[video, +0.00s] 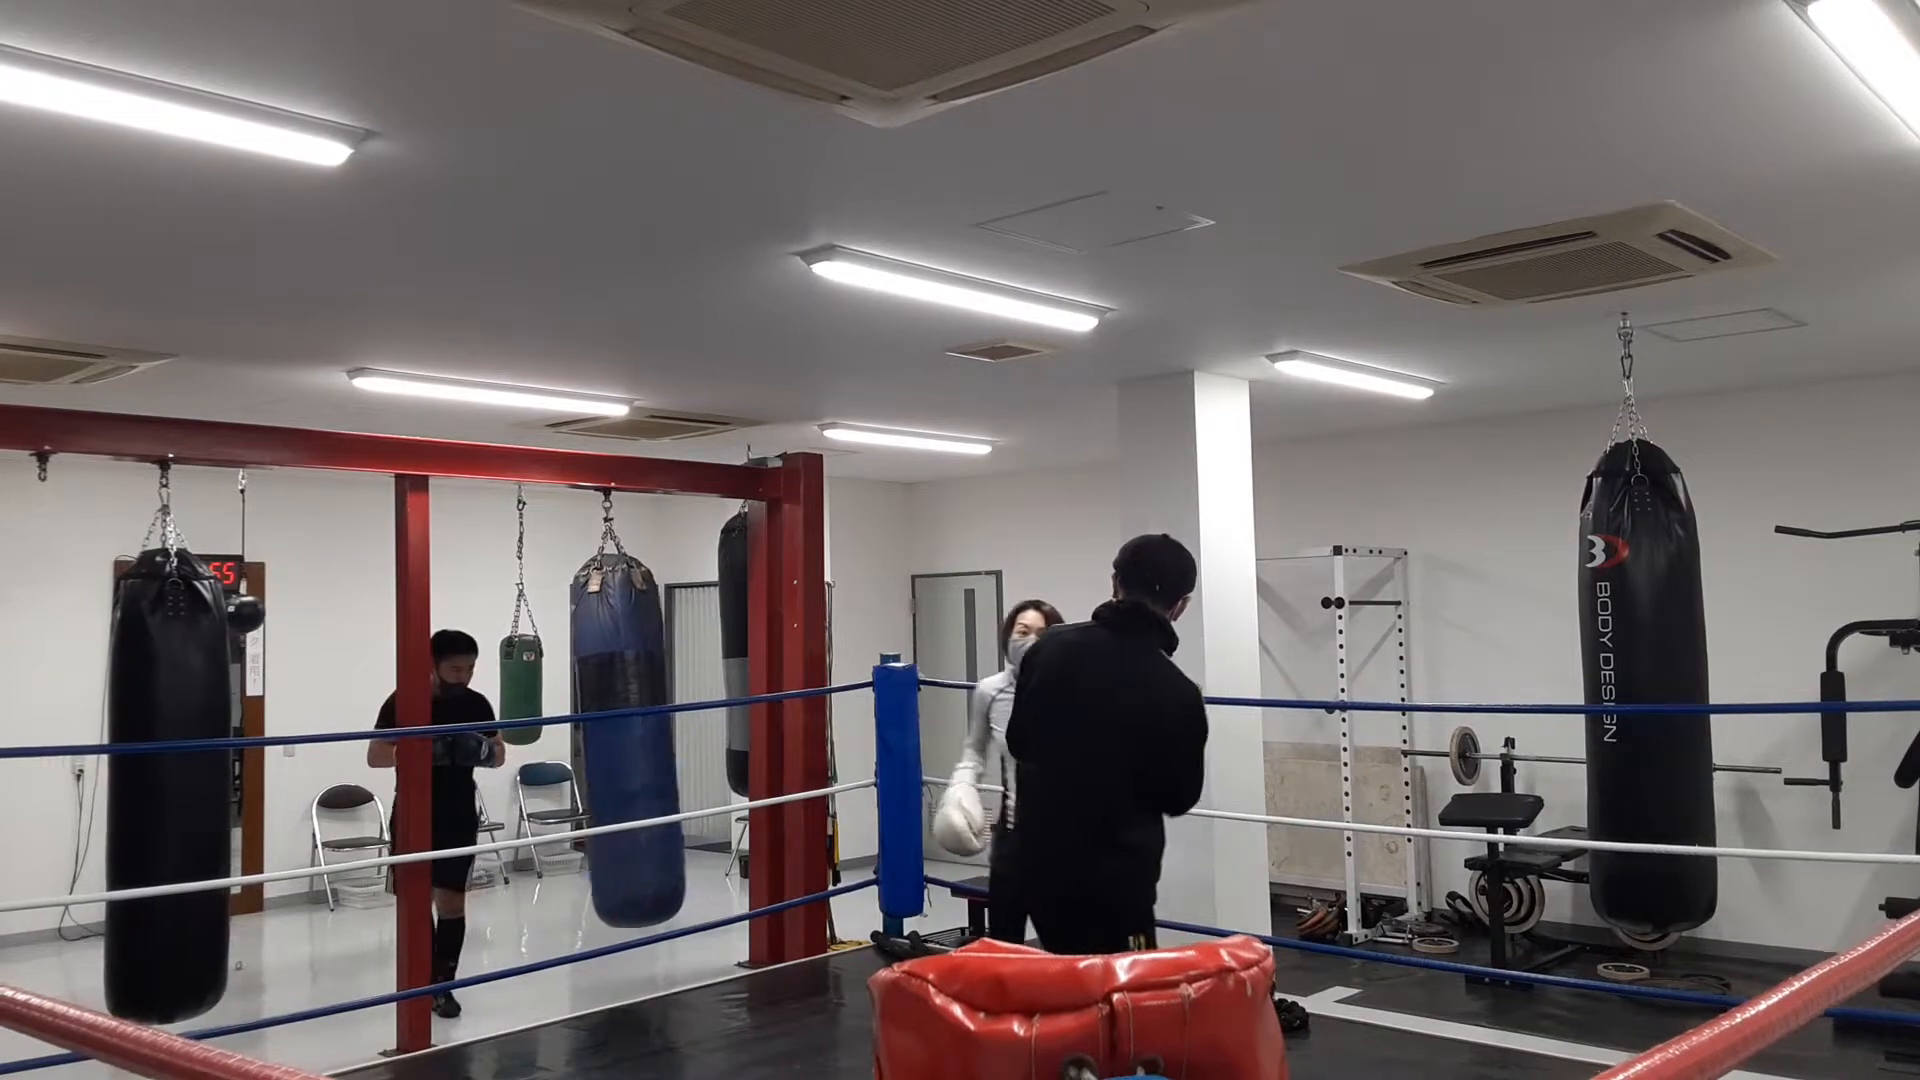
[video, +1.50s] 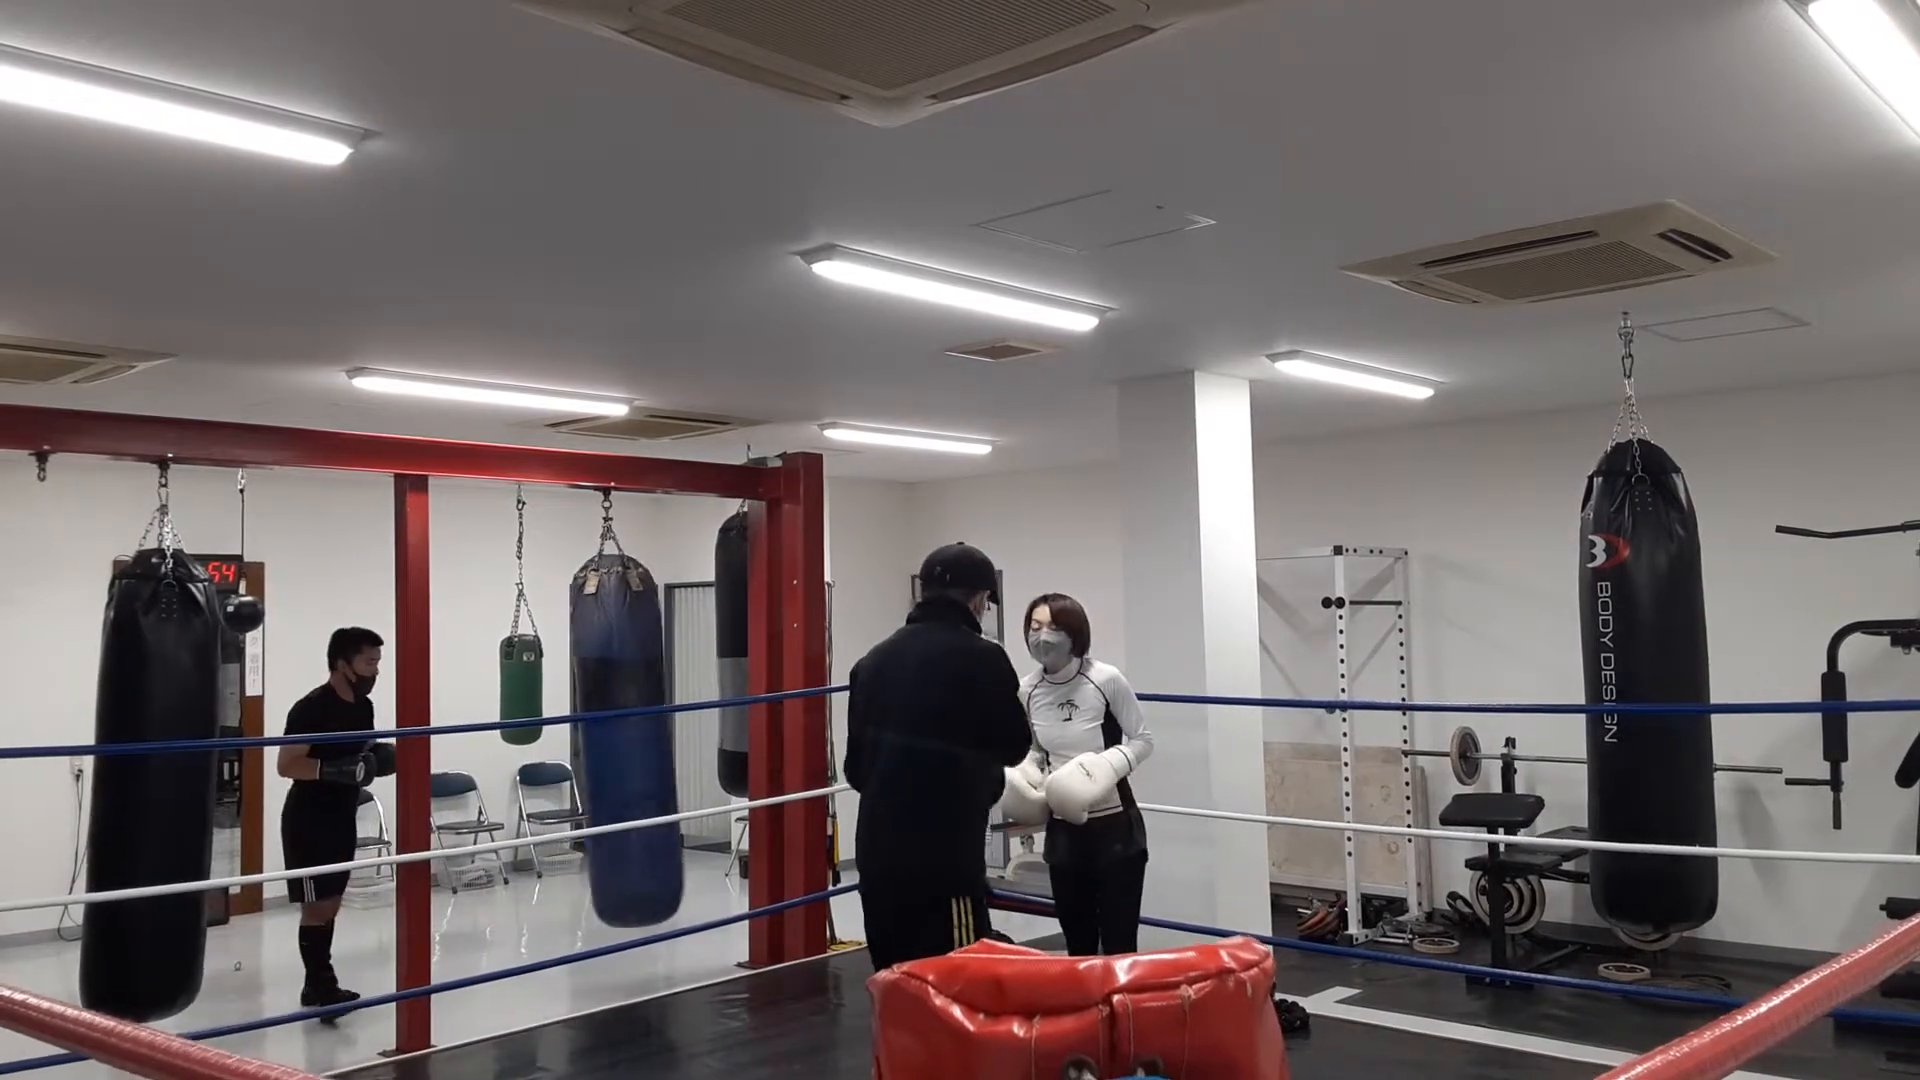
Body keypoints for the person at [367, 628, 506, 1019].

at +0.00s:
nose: (463, 677)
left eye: (469, 669)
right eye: (455, 670)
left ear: (474, 666)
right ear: (433, 665)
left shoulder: (475, 704)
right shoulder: (404, 701)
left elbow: (499, 754)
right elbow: (375, 756)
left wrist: (479, 748)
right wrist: (423, 749)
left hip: (458, 812)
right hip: (411, 814)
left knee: (451, 899)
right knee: (414, 901)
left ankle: (444, 986)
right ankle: (422, 986)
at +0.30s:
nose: (466, 678)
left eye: (470, 670)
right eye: (460, 669)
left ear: (472, 666)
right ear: (435, 664)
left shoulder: (465, 705)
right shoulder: (393, 699)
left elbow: (487, 758)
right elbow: (363, 753)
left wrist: (473, 750)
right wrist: (408, 751)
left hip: (446, 812)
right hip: (398, 813)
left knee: (447, 899)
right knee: (390, 897)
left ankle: (444, 986)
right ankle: (378, 981)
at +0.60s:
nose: (440, 675)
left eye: (442, 666)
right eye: (435, 666)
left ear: (437, 666)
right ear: (409, 663)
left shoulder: (428, 703)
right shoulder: (365, 706)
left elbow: (453, 749)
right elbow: (346, 762)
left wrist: (445, 746)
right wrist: (396, 756)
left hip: (422, 816)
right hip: (378, 820)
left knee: (434, 900)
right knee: (370, 905)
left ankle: (443, 982)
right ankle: (343, 994)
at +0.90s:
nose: (397, 669)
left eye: (396, 661)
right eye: (390, 661)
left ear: (373, 666)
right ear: (364, 666)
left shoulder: (391, 710)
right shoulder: (325, 714)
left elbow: (405, 756)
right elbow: (306, 774)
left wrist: (402, 764)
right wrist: (360, 771)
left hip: (378, 818)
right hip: (335, 823)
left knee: (401, 902)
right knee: (334, 911)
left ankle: (416, 978)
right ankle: (333, 1001)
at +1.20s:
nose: (374, 663)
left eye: (374, 656)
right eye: (366, 656)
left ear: (362, 660)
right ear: (340, 660)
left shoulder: (370, 704)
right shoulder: (311, 711)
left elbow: (384, 760)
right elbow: (290, 771)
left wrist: (389, 757)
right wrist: (344, 770)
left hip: (362, 814)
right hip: (324, 817)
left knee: (359, 896)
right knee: (330, 903)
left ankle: (325, 977)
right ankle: (329, 999)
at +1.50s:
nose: (377, 668)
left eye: (378, 660)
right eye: (370, 661)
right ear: (343, 663)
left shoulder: (364, 707)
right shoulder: (310, 708)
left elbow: (354, 756)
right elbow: (287, 764)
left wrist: (380, 758)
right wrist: (342, 771)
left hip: (342, 812)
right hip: (307, 813)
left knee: (331, 900)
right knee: (316, 902)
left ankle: (317, 985)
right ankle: (321, 990)